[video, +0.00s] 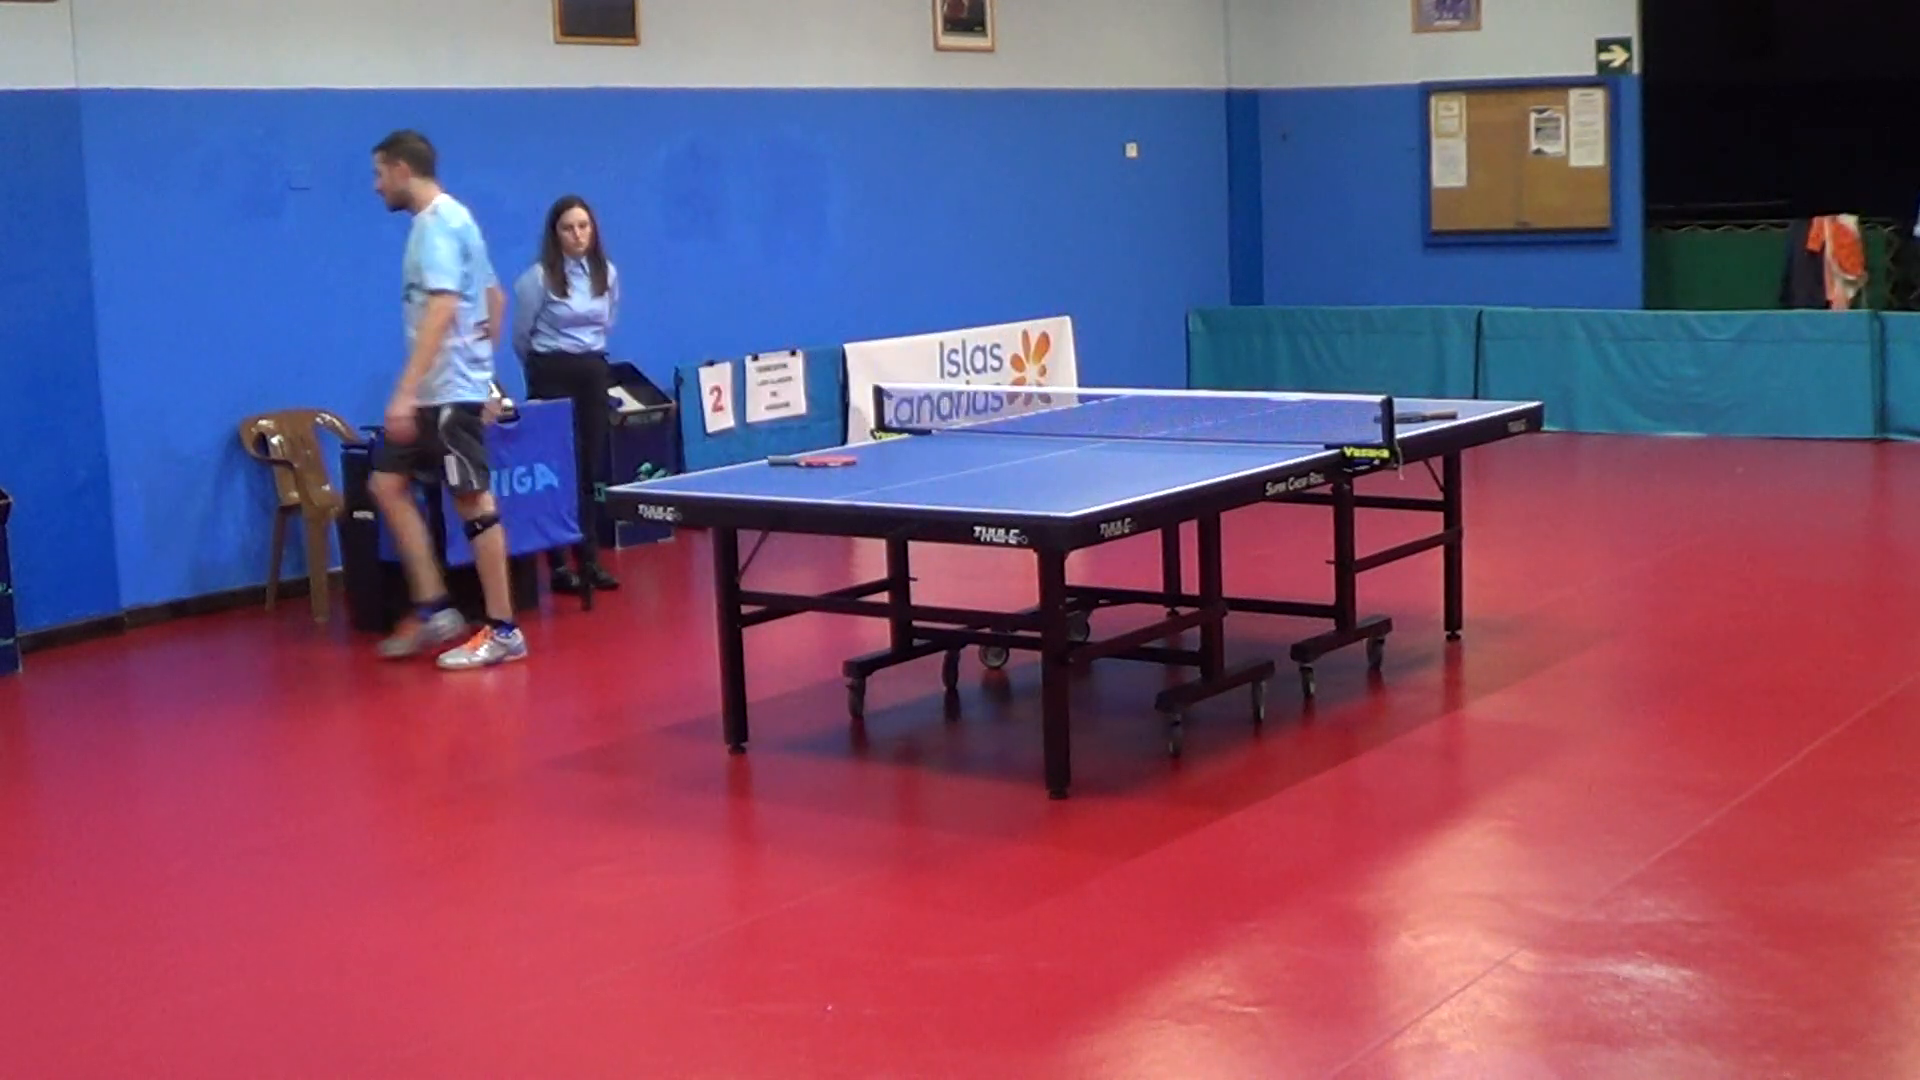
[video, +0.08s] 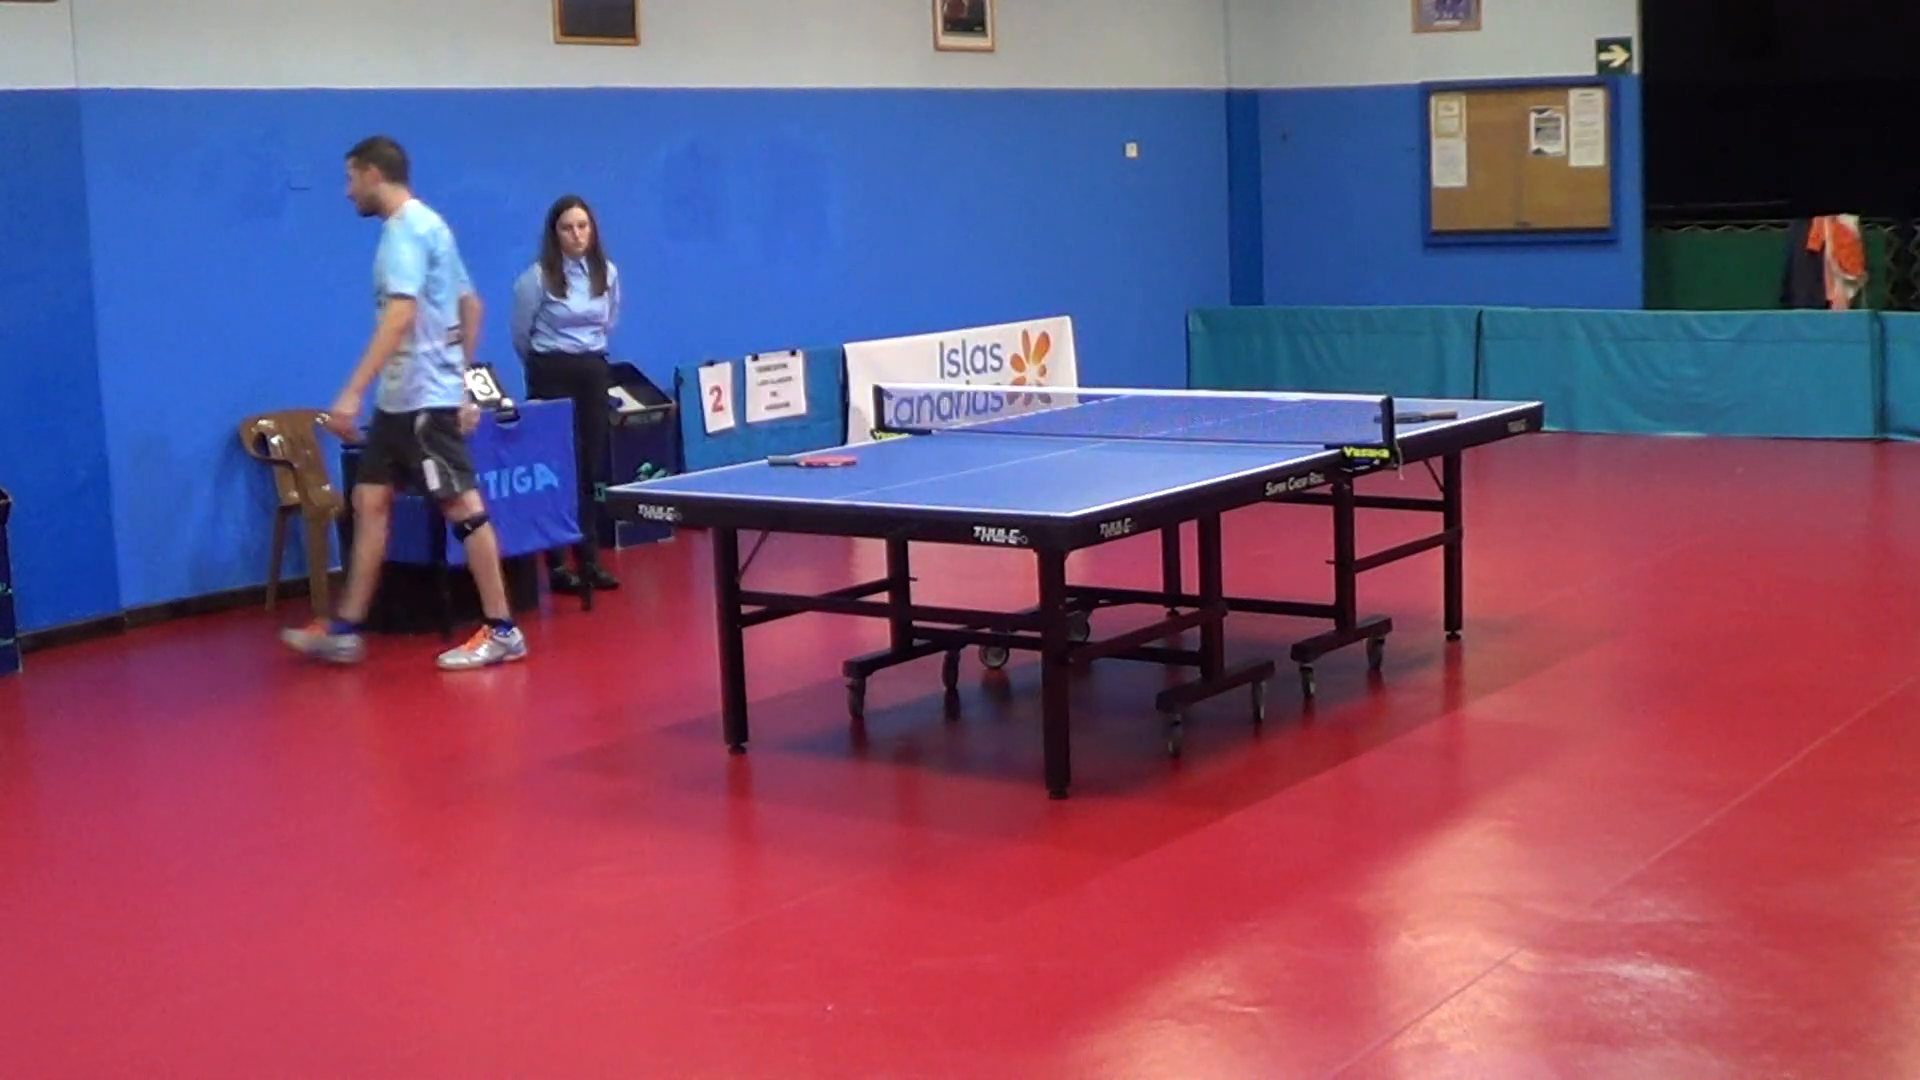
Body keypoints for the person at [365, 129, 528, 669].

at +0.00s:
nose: (376, 183)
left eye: (381, 172)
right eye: (376, 173)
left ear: (404, 171)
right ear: (415, 170)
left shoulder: (437, 224)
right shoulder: (455, 218)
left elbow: (442, 310)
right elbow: (494, 298)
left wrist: (405, 392)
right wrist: (479, 368)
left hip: (454, 393)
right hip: (431, 393)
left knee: (475, 504)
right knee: (387, 486)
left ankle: (503, 628)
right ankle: (435, 611)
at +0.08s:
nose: (348, 189)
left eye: (352, 177)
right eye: (348, 178)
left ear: (374, 175)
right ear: (385, 175)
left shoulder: (405, 229)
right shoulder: (427, 224)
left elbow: (399, 318)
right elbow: (469, 306)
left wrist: (351, 394)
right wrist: (460, 381)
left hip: (428, 399)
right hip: (398, 401)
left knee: (464, 507)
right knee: (370, 499)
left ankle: (502, 628)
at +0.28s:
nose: (275, 195)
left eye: (279, 184)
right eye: (276, 184)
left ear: (300, 183)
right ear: (315, 182)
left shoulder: (326, 239)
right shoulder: (358, 235)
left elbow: (315, 326)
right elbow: (395, 320)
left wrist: (260, 397)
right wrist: (386, 400)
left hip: (341, 410)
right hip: (330, 409)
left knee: (385, 515)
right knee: (311, 514)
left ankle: (474, 612)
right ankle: (283, 638)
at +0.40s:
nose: (236, 194)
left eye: (238, 183)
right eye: (235, 183)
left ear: (258, 179)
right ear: (275, 179)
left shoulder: (284, 236)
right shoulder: (314, 232)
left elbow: (275, 327)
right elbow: (346, 321)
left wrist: (223, 394)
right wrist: (325, 390)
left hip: (292, 400)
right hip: (311, 398)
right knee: (296, 522)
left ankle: (400, 584)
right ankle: (280, 637)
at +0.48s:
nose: (208, 193)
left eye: (212, 183)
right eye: (209, 183)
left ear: (233, 181)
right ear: (251, 181)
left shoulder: (256, 238)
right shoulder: (291, 231)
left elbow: (248, 327)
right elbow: (317, 318)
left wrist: (198, 392)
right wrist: (289, 375)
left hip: (259, 401)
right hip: (293, 400)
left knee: (225, 516)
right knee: (285, 511)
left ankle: (338, 584)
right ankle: (279, 636)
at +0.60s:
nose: (169, 199)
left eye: (171, 187)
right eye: (168, 188)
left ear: (192, 183)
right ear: (210, 181)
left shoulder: (214, 239)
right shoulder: (254, 231)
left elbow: (208, 329)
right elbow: (283, 316)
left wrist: (158, 393)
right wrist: (234, 352)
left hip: (220, 401)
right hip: (262, 400)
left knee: (166, 506)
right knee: (265, 506)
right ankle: (280, 634)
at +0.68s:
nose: (140, 205)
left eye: (141, 194)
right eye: (138, 195)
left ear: (161, 188)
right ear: (181, 186)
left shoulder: (184, 243)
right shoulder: (228, 234)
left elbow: (177, 333)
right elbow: (261, 315)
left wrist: (127, 398)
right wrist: (211, 348)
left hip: (195, 406)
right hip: (241, 404)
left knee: (147, 511)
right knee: (254, 507)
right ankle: (278, 637)